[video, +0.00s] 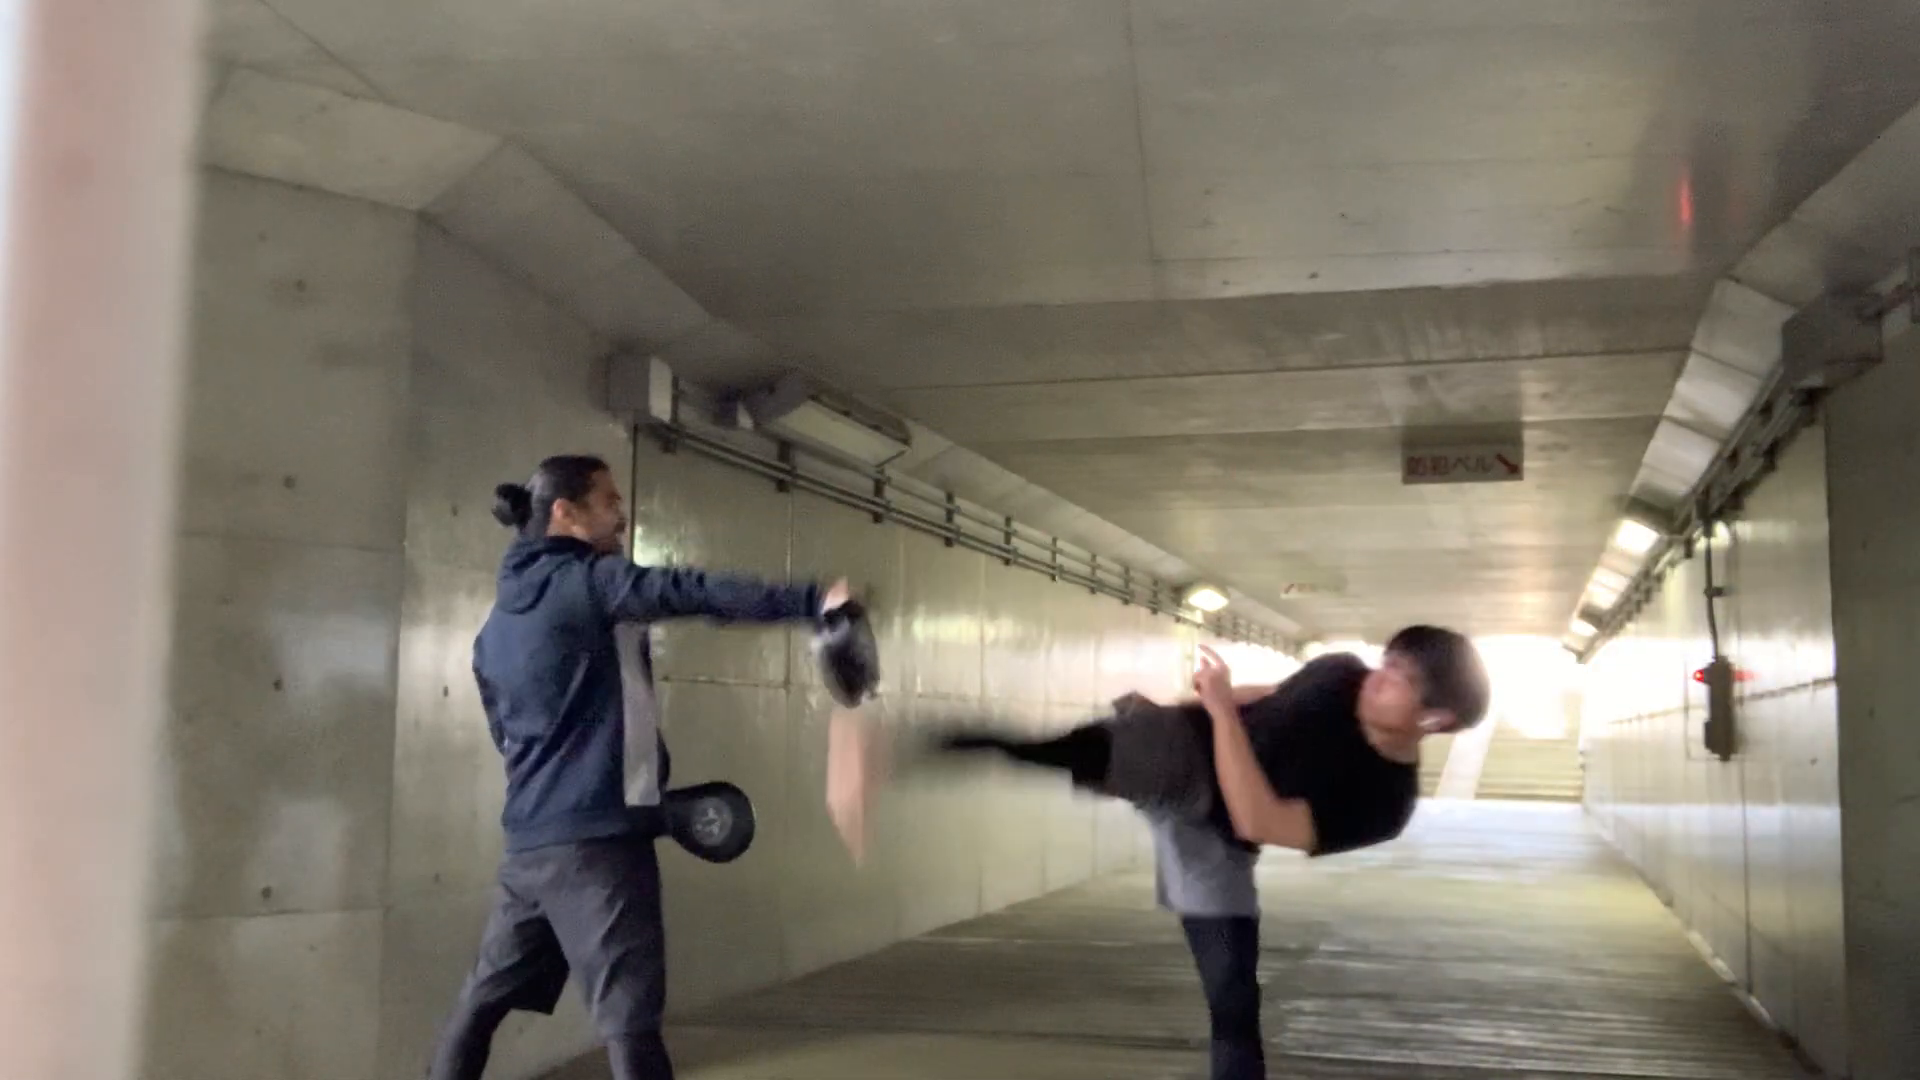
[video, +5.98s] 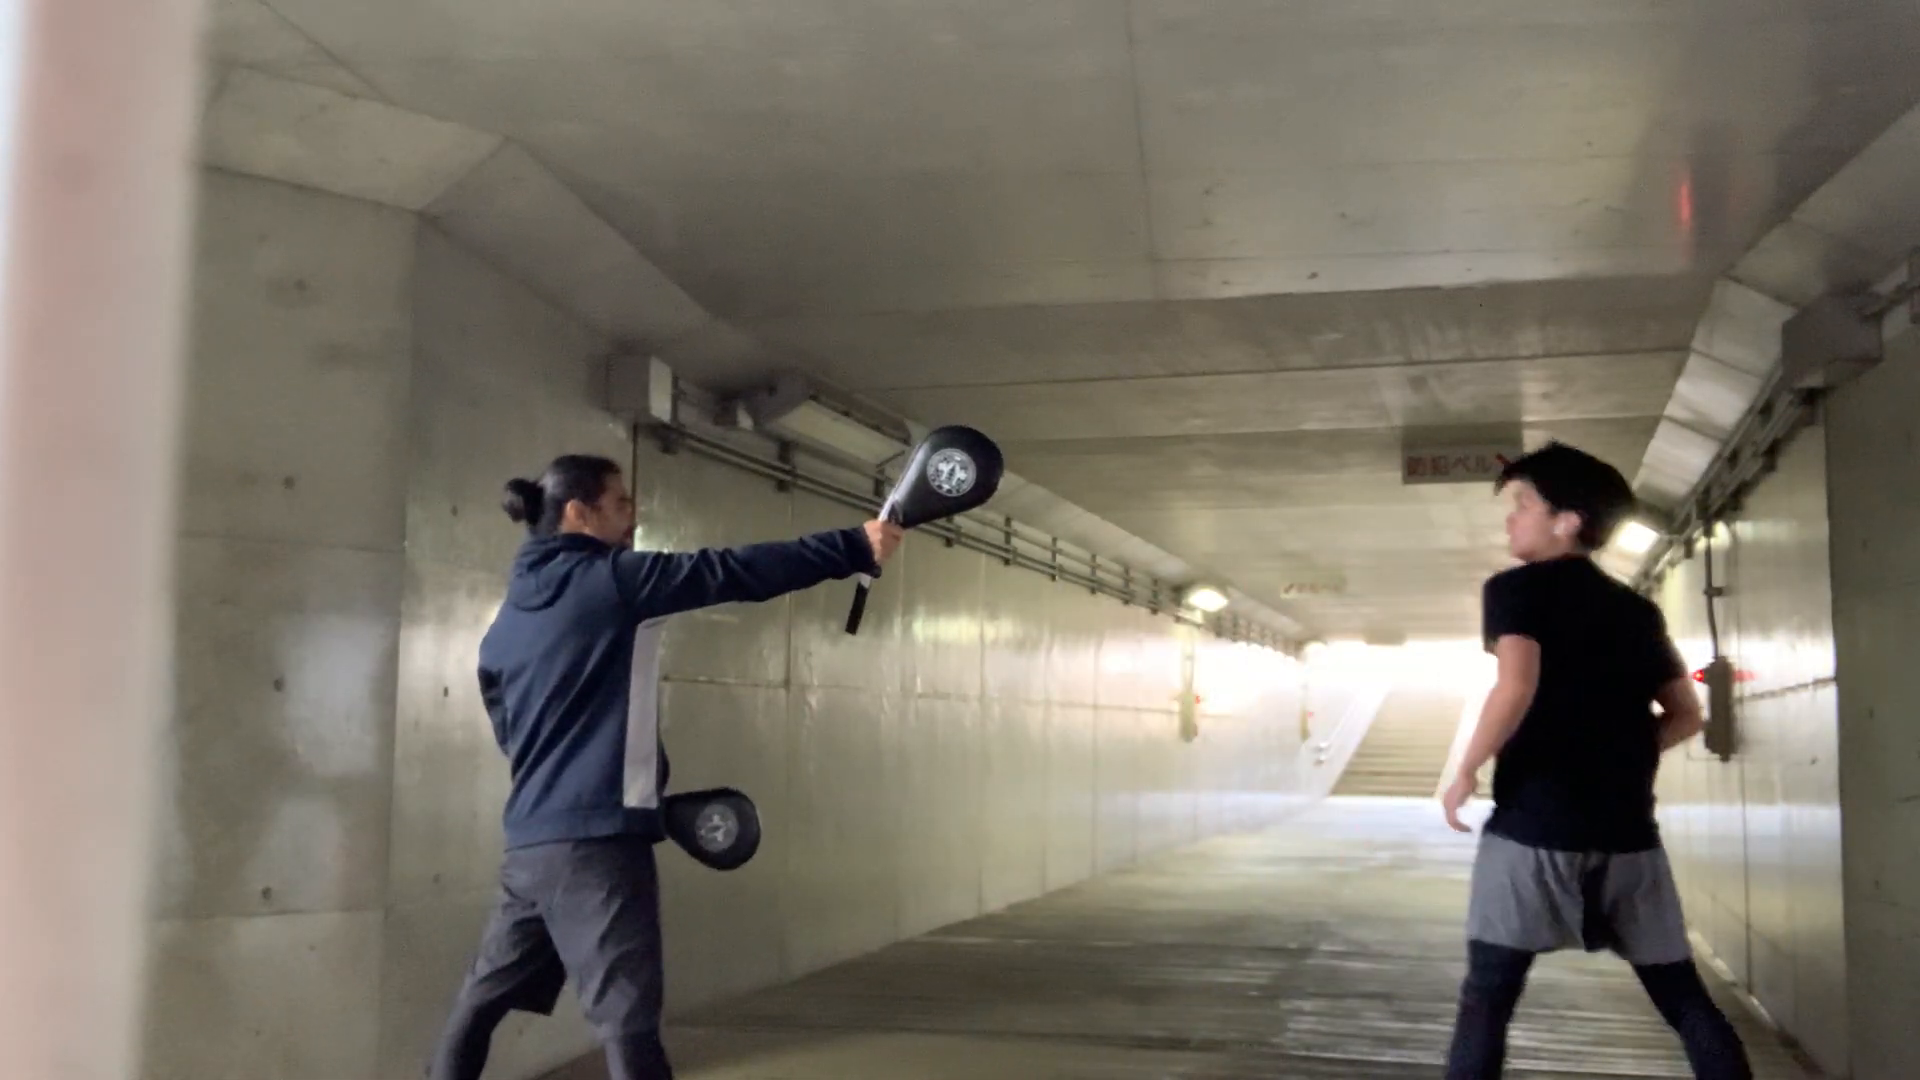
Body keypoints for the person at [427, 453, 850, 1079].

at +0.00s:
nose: (623, 516)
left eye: (620, 503)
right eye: (611, 503)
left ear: (556, 517)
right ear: (564, 512)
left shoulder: (493, 631)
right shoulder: (591, 581)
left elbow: (520, 748)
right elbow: (695, 589)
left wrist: (647, 799)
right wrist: (812, 600)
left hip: (528, 845)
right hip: (596, 841)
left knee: (478, 1008)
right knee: (630, 1027)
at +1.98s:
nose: (642, 514)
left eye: (637, 501)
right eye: (630, 501)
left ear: (579, 512)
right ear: (588, 510)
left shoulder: (507, 623)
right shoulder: (623, 577)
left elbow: (510, 738)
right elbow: (741, 570)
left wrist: (613, 793)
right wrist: (869, 546)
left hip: (529, 836)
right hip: (590, 834)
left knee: (474, 1004)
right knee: (626, 1023)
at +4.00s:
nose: (648, 521)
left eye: (646, 506)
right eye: (637, 506)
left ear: (584, 518)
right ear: (592, 515)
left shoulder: (513, 629)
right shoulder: (612, 582)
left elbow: (533, 750)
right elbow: (719, 595)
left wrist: (643, 801)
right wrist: (843, 586)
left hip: (535, 837)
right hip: (598, 835)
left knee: (485, 998)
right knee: (633, 1023)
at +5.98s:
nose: (634, 517)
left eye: (630, 504)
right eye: (623, 504)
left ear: (568, 517)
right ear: (578, 513)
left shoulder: (501, 633)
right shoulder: (611, 578)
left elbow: (526, 747)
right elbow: (731, 572)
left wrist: (637, 785)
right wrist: (855, 546)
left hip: (532, 841)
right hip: (595, 841)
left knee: (477, 1009)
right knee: (628, 1029)